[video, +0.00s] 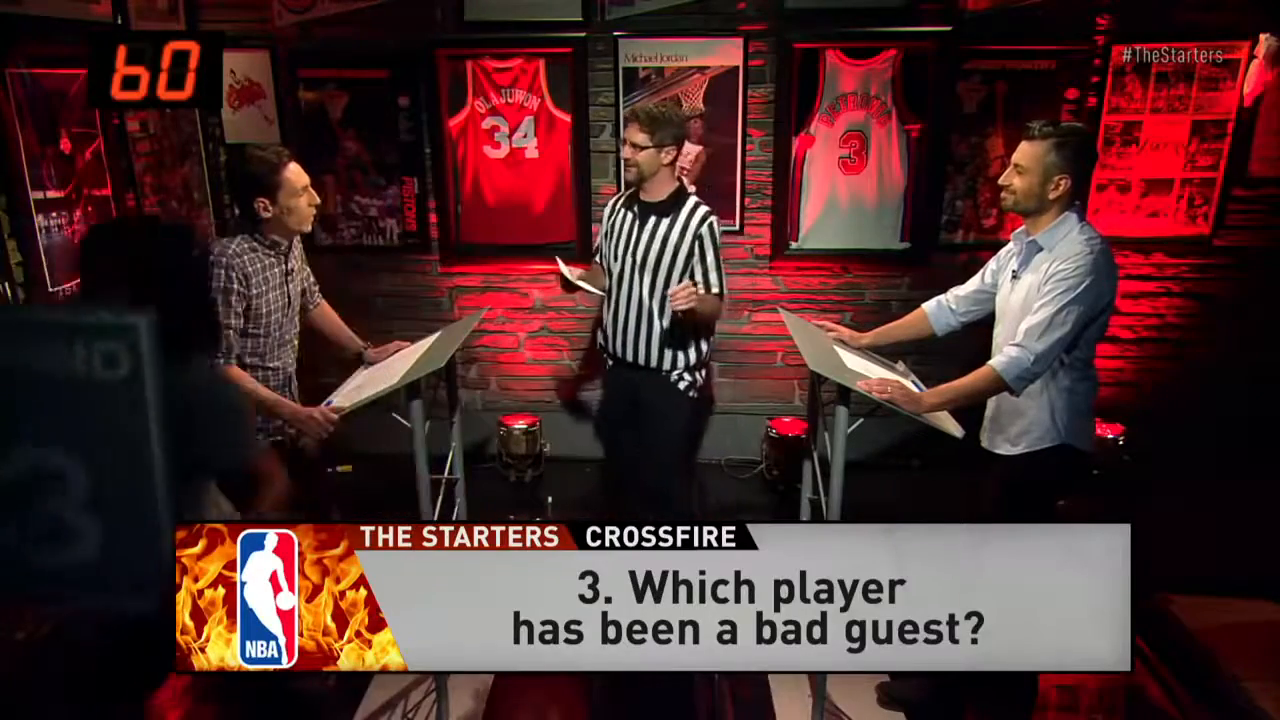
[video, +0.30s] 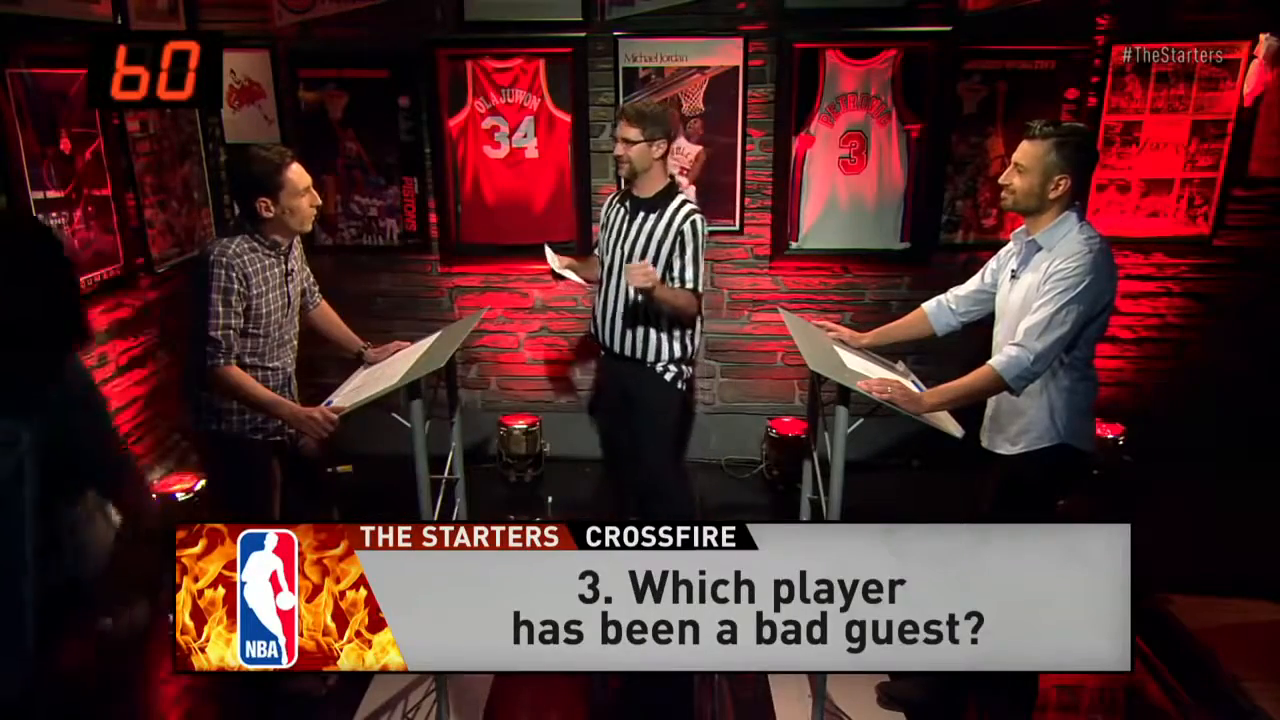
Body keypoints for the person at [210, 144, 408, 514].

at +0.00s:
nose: (316, 200)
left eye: (310, 188)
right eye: (302, 193)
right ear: (266, 208)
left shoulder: (290, 245)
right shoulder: (230, 262)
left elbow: (312, 304)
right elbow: (220, 367)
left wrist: (364, 350)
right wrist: (294, 414)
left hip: (288, 430)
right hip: (247, 437)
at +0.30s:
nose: (317, 200)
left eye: (313, 189)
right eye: (305, 193)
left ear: (270, 207)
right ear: (267, 207)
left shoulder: (290, 246)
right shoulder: (229, 261)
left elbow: (312, 303)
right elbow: (218, 367)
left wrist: (364, 350)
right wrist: (293, 413)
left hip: (286, 425)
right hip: (241, 436)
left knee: (298, 527)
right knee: (252, 538)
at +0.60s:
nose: (317, 200)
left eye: (313, 189)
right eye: (304, 193)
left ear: (270, 207)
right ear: (267, 207)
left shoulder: (290, 246)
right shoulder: (229, 260)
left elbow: (312, 303)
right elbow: (218, 367)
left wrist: (365, 350)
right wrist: (293, 413)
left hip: (284, 426)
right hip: (241, 436)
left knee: (294, 527)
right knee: (252, 537)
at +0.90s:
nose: (315, 200)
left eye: (311, 189)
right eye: (302, 193)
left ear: (268, 206)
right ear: (264, 207)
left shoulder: (290, 245)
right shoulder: (228, 260)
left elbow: (312, 303)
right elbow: (218, 366)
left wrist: (364, 350)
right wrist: (293, 413)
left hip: (285, 425)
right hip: (239, 435)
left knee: (303, 525)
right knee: (252, 538)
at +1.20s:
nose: (314, 200)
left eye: (309, 188)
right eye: (300, 192)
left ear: (267, 207)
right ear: (263, 207)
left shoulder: (290, 245)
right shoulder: (226, 260)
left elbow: (312, 303)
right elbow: (217, 366)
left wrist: (363, 350)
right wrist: (292, 412)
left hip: (284, 425)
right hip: (237, 435)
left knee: (303, 526)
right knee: (251, 538)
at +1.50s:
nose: (313, 200)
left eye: (309, 188)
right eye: (300, 192)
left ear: (266, 207)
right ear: (262, 207)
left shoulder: (290, 245)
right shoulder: (226, 261)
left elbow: (313, 303)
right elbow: (217, 365)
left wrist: (363, 350)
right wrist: (292, 412)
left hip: (284, 426)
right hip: (237, 435)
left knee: (303, 527)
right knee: (250, 539)